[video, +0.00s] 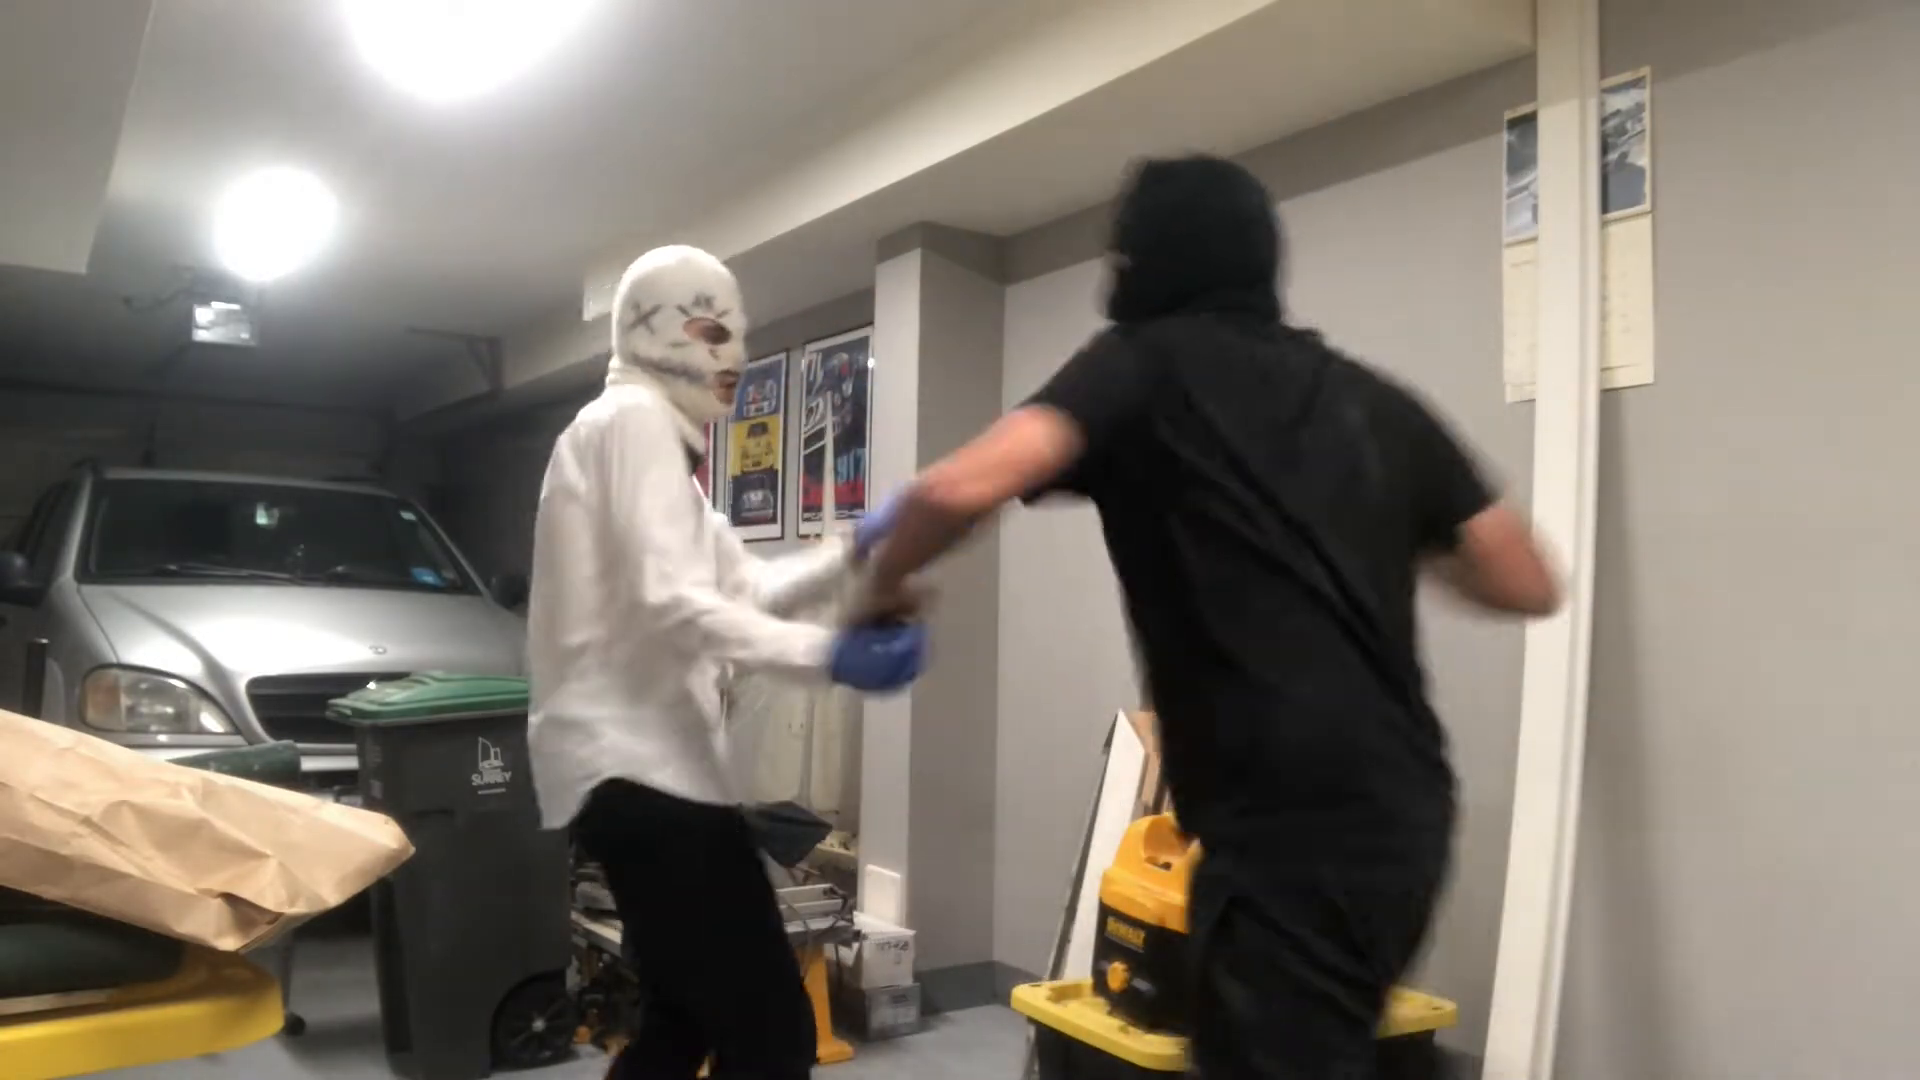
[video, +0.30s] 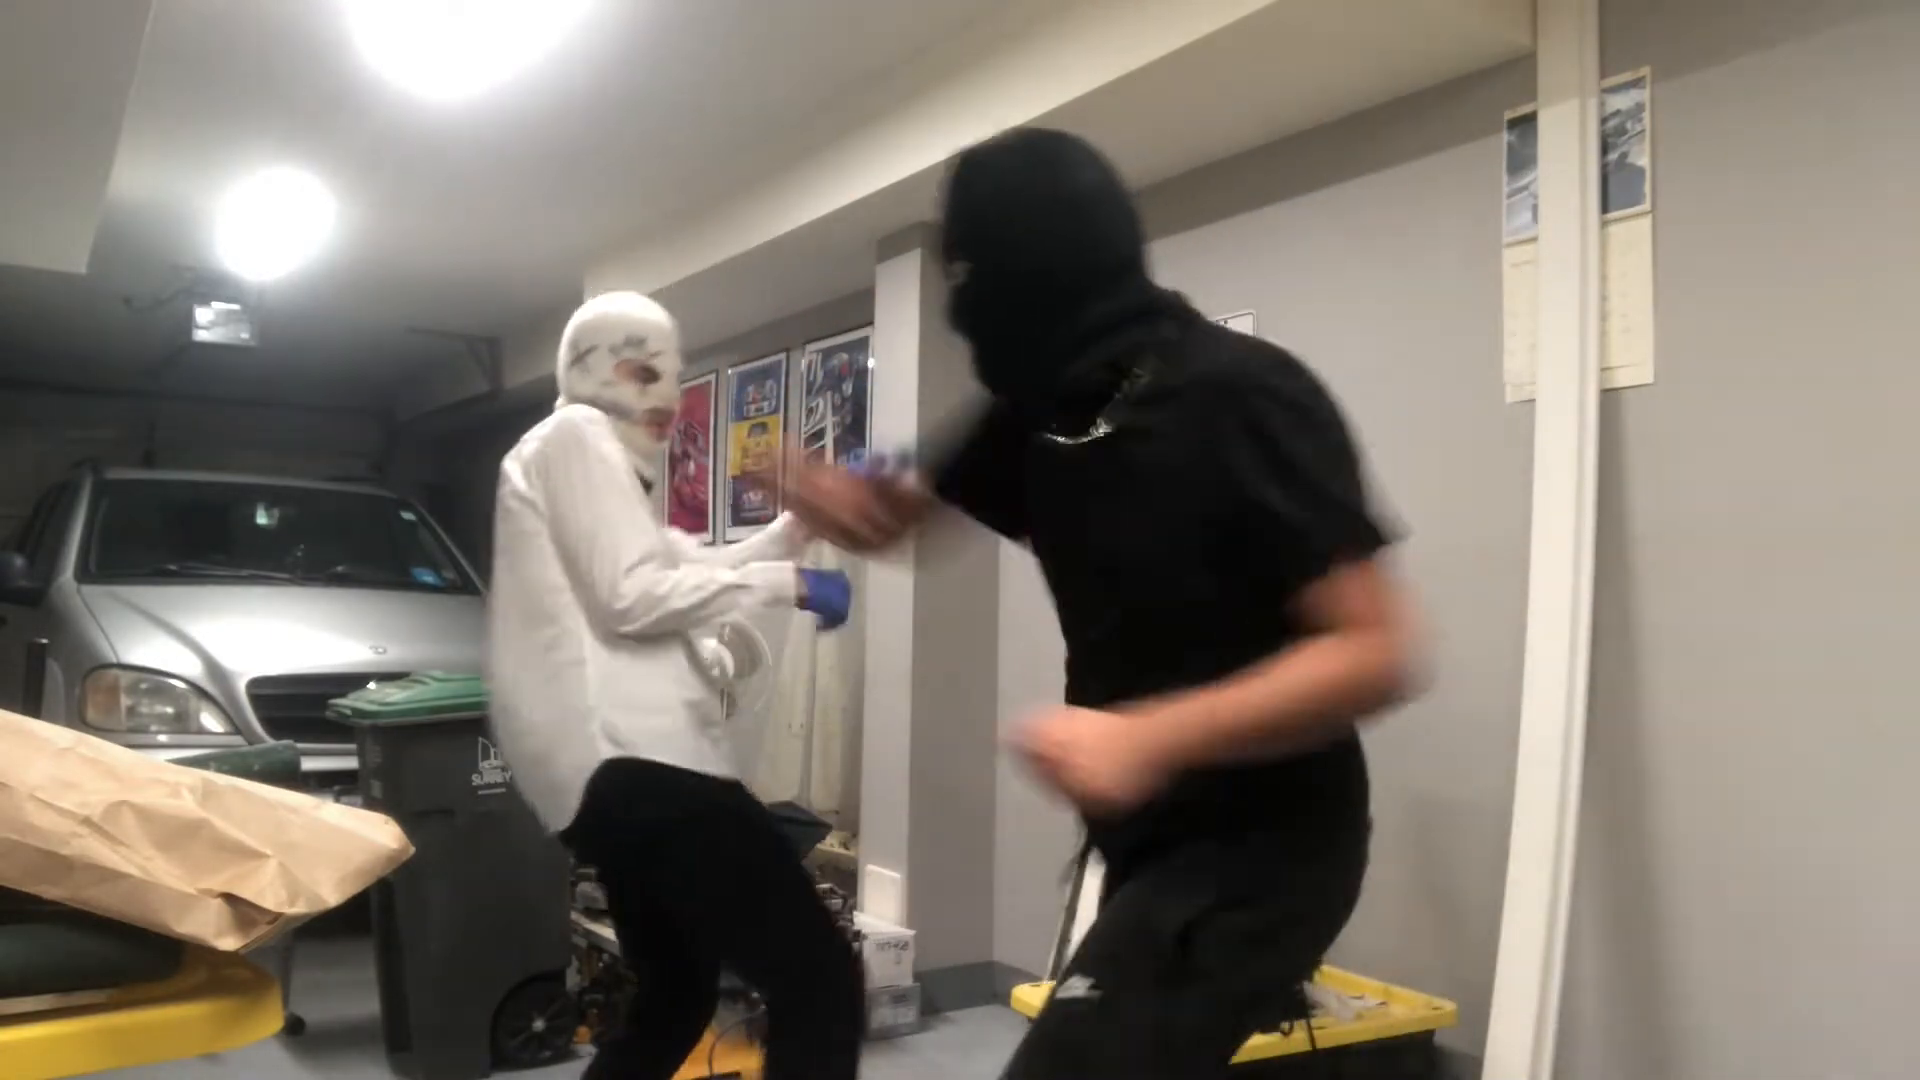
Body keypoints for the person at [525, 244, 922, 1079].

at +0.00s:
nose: (732, 357)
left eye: (734, 336)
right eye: (715, 333)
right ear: (663, 331)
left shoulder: (650, 444)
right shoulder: (630, 421)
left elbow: (747, 595)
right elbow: (670, 600)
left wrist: (855, 552)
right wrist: (829, 651)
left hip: (646, 768)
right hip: (642, 770)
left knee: (680, 1020)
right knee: (770, 1029)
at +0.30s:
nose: (664, 392)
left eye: (669, 375)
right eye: (639, 371)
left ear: (673, 375)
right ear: (588, 369)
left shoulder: (593, 458)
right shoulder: (573, 438)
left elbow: (691, 575)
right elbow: (630, 596)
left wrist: (799, 522)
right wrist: (786, 582)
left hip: (615, 769)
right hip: (634, 763)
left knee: (672, 999)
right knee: (818, 976)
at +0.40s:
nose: (651, 381)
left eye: (658, 366)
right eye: (628, 359)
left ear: (665, 371)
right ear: (580, 361)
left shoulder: (542, 443)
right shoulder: (573, 421)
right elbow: (609, 572)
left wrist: (769, 591)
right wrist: (776, 575)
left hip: (563, 758)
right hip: (616, 738)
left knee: (640, 973)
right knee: (839, 906)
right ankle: (825, 1067)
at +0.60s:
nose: (655, 355)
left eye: (663, 339)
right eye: (637, 330)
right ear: (590, 328)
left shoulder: (571, 424)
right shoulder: (574, 393)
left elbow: (655, 584)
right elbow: (623, 484)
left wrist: (732, 501)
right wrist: (716, 442)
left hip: (553, 731)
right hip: (603, 710)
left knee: (590, 984)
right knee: (841, 861)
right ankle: (795, 1069)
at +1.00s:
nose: (575, 424)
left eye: (580, 403)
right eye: (549, 407)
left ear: (590, 405)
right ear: (490, 416)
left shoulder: (591, 521)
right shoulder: (434, 515)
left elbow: (656, 626)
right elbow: (436, 687)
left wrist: (704, 610)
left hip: (575, 790)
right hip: (480, 793)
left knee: (573, 992)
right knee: (594, 988)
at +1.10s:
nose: (554, 402)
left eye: (555, 380)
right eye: (526, 383)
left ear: (562, 383)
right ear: (471, 395)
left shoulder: (586, 495)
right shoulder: (401, 498)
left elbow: (669, 622)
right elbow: (376, 651)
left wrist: (684, 572)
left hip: (574, 780)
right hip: (471, 785)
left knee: (583, 992)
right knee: (575, 989)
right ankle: (481, 1072)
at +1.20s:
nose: (533, 371)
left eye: (535, 350)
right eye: (502, 355)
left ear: (544, 350)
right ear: (447, 372)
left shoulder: (588, 456)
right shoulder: (404, 478)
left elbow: (687, 564)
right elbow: (313, 605)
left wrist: (688, 498)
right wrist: (362, 474)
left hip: (577, 754)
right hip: (471, 762)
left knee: (564, 984)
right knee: (527, 979)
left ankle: (518, 1069)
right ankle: (461, 1075)